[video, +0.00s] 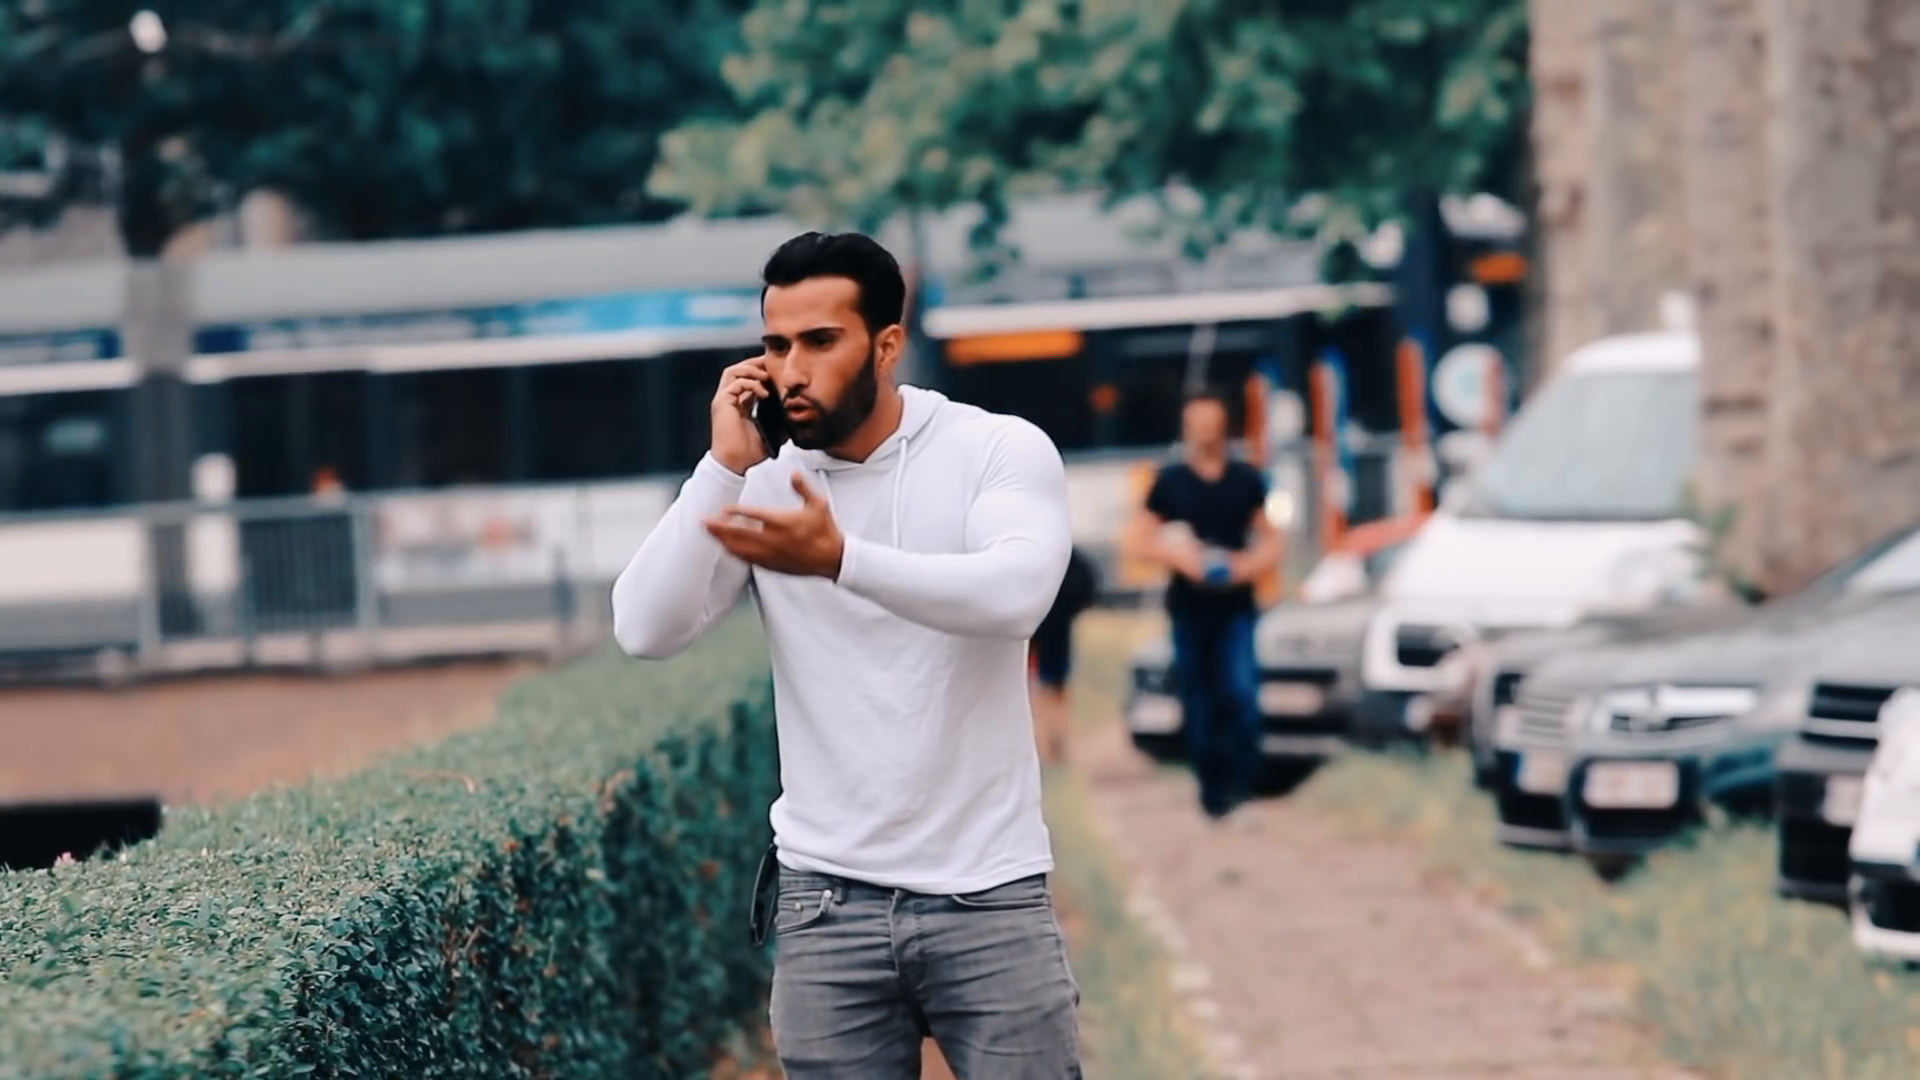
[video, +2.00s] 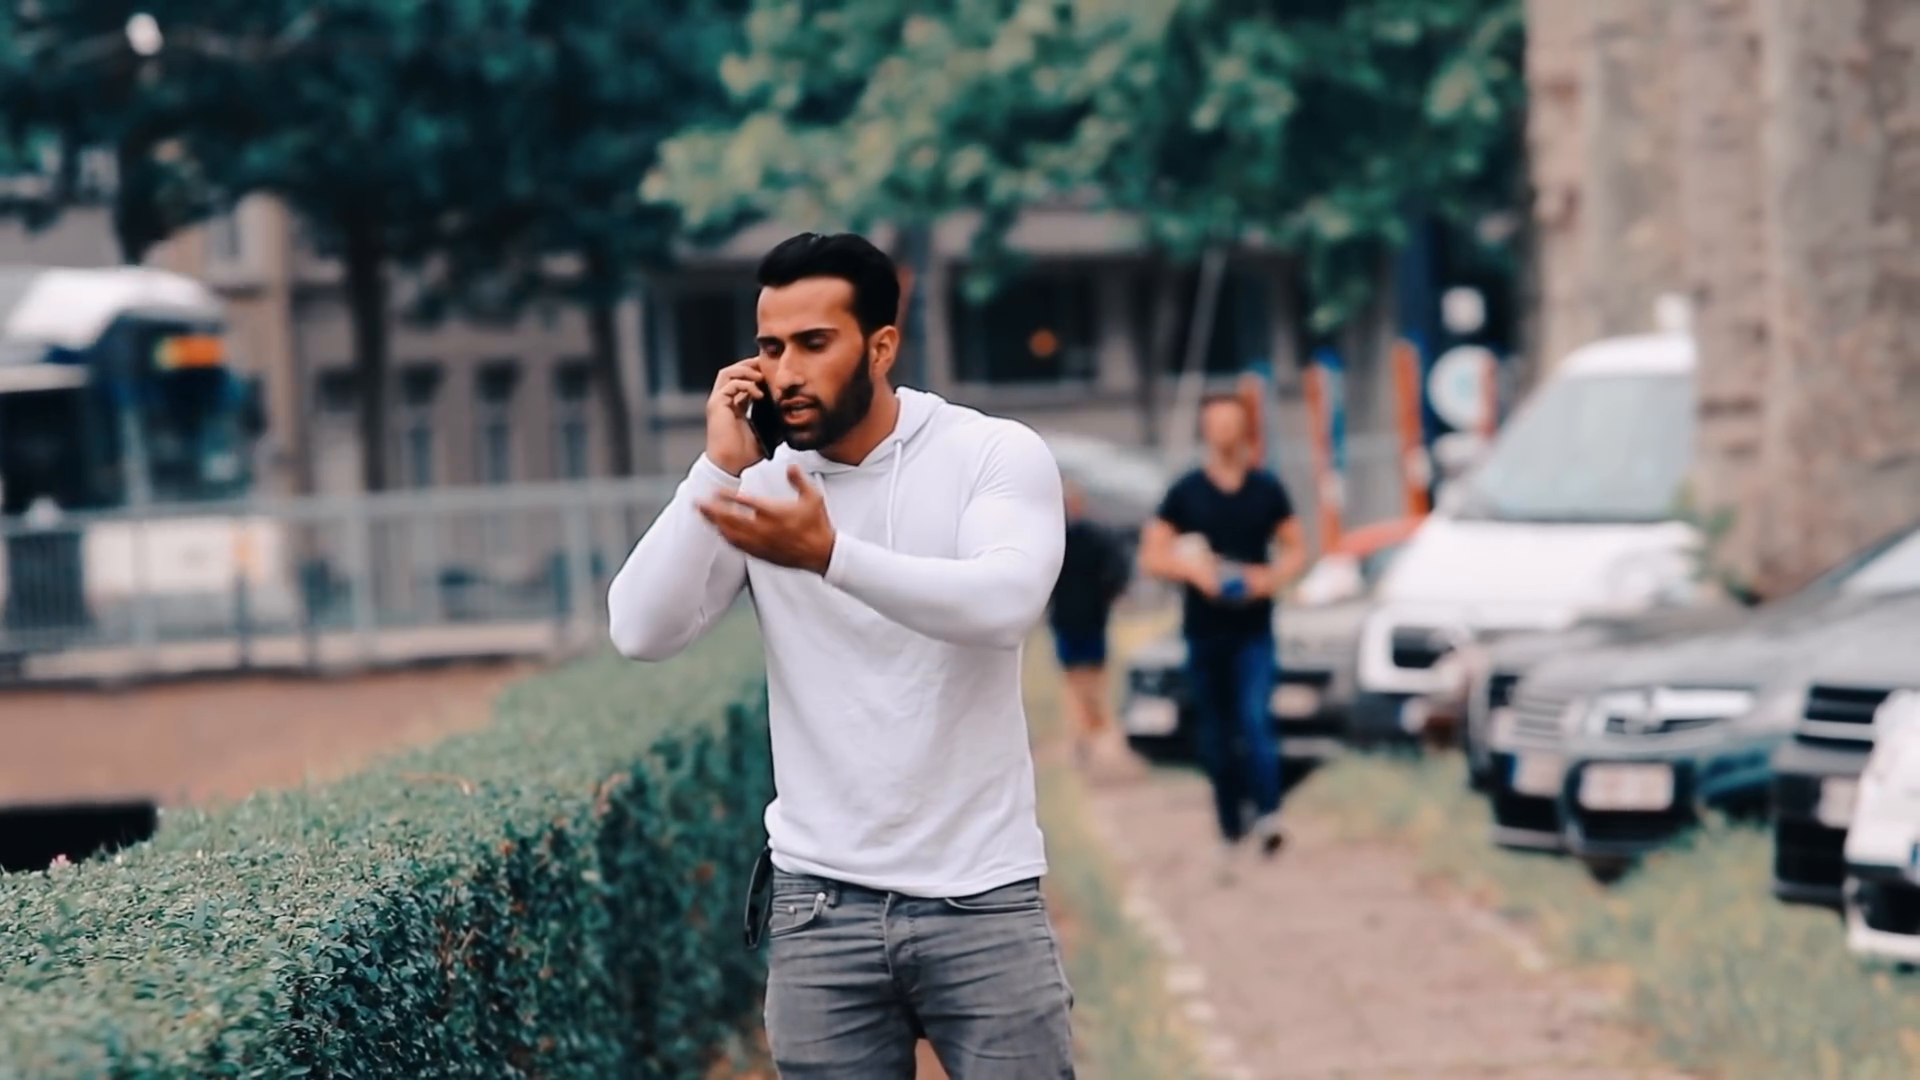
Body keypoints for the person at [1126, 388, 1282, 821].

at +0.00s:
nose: (1202, 436)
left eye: (1210, 428)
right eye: (1195, 428)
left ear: (1223, 429)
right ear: (1185, 429)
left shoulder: (1245, 480)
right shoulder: (1171, 479)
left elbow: (1271, 539)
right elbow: (1144, 538)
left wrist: (1246, 565)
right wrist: (1185, 558)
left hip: (1236, 602)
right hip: (1190, 603)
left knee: (1240, 692)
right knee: (1197, 697)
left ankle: (1239, 786)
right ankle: (1212, 789)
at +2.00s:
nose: (1224, 438)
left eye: (1232, 430)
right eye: (1216, 430)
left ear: (1246, 431)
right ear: (1205, 432)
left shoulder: (1265, 489)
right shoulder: (1187, 491)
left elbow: (1296, 550)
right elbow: (1153, 555)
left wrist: (1268, 579)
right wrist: (1195, 569)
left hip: (1253, 625)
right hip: (1205, 628)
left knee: (1254, 717)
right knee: (1214, 729)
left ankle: (1268, 814)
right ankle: (1231, 826)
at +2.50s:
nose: (1230, 433)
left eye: (1238, 424)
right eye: (1222, 425)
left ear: (1254, 429)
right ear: (1211, 430)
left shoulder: (1281, 491)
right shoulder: (1200, 491)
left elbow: (1313, 546)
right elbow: (1168, 558)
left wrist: (1279, 577)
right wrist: (1207, 574)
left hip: (1266, 622)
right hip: (1219, 622)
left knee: (1260, 725)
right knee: (1231, 719)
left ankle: (1255, 825)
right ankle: (1231, 819)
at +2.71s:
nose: (1228, 430)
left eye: (1236, 421)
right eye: (1220, 421)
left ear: (1253, 428)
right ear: (1210, 429)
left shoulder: (1280, 491)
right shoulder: (1198, 493)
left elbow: (1312, 547)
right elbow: (1167, 560)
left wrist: (1281, 578)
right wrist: (1209, 573)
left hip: (1269, 624)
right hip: (1220, 626)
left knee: (1278, 729)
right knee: (1234, 729)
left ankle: (1268, 818)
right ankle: (1250, 832)